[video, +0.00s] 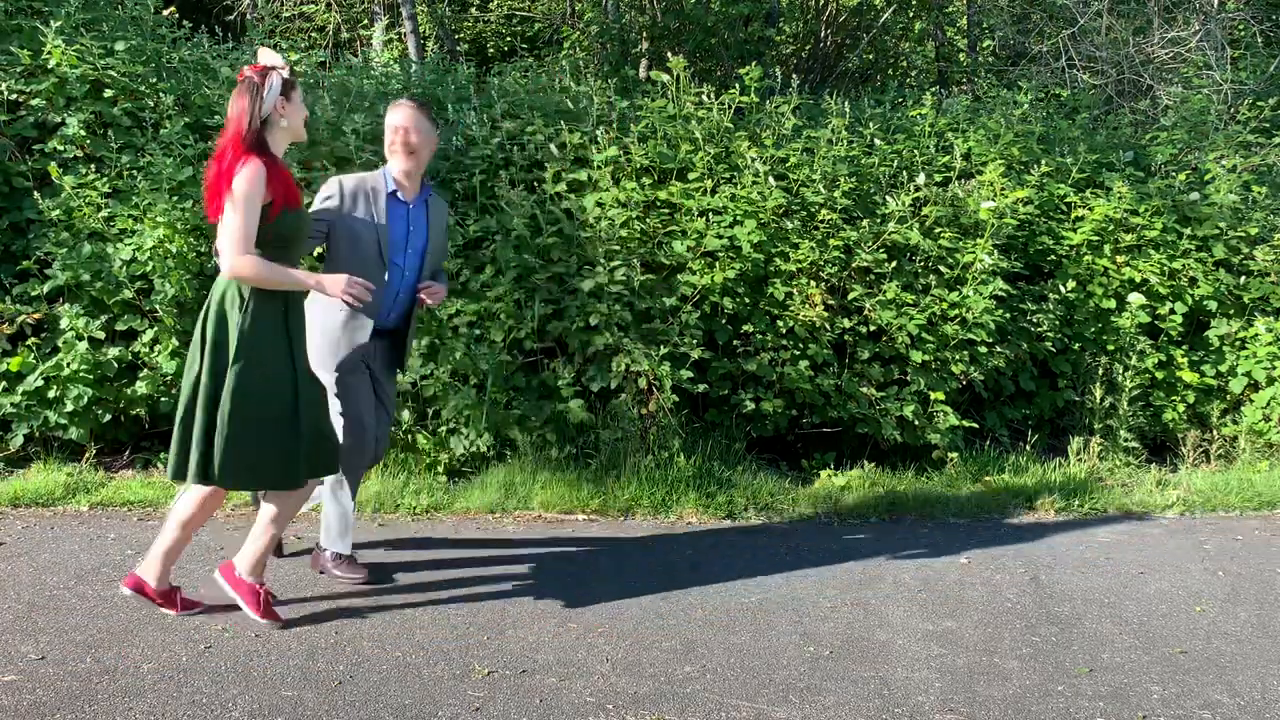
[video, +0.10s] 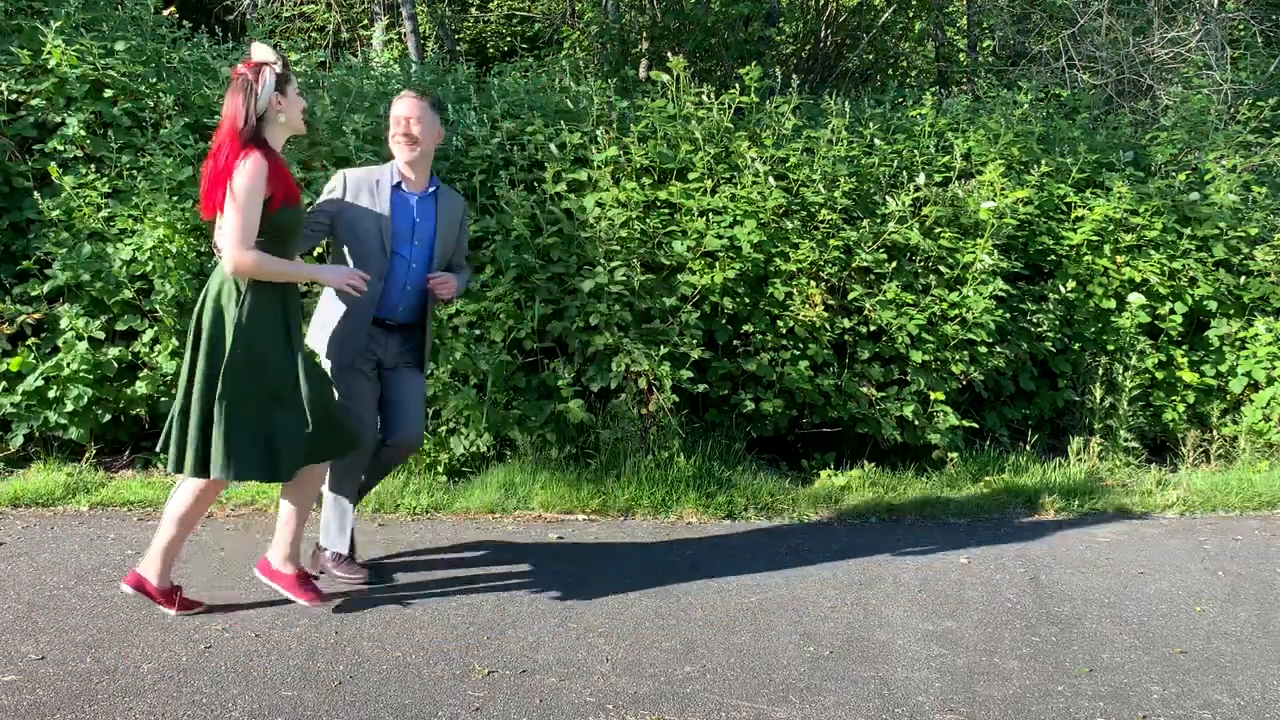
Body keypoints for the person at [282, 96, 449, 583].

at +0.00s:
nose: (402, 141)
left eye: (412, 133)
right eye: (394, 133)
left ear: (434, 143)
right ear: (385, 139)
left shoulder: (436, 209)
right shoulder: (343, 191)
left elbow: (434, 272)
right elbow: (294, 250)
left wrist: (434, 289)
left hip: (387, 340)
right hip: (336, 332)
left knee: (373, 443)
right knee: (354, 434)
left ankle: (278, 510)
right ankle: (335, 549)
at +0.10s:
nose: (406, 128)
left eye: (416, 120)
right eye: (398, 121)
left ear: (439, 133)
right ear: (388, 131)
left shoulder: (453, 206)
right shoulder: (350, 185)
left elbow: (461, 269)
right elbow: (300, 237)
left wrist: (454, 282)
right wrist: (249, 240)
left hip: (406, 342)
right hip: (350, 333)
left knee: (406, 436)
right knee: (359, 435)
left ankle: (332, 497)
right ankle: (335, 550)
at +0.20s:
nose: (409, 125)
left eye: (421, 117)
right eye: (403, 118)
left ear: (447, 128)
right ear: (394, 129)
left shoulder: (469, 203)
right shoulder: (359, 184)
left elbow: (481, 269)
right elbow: (308, 235)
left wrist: (468, 280)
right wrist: (258, 234)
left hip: (425, 337)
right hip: (366, 332)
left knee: (423, 434)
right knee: (365, 439)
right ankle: (337, 550)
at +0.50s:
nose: (416, 117)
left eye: (425, 107)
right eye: (417, 109)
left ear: (463, 114)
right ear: (445, 118)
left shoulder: (509, 184)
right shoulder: (407, 185)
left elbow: (540, 254)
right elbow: (349, 231)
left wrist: (492, 263)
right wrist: (291, 234)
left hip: (481, 335)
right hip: (425, 331)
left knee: (460, 442)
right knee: (415, 437)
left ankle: (476, 556)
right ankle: (415, 534)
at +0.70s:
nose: (431, 127)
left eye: (439, 118)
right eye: (434, 118)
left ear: (466, 126)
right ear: (470, 128)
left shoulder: (516, 188)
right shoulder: (439, 200)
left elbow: (542, 261)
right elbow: (396, 245)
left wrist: (468, 265)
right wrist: (334, 249)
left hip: (494, 344)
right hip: (452, 343)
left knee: (447, 443)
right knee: (442, 445)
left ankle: (498, 563)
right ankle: (472, 540)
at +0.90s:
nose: (455, 122)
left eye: (458, 112)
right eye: (460, 112)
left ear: (469, 114)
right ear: (506, 120)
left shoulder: (504, 176)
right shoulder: (488, 174)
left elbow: (499, 251)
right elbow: (477, 249)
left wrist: (420, 255)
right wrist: (419, 253)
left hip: (509, 344)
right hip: (492, 343)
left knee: (480, 455)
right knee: (473, 449)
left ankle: (506, 582)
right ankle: (487, 548)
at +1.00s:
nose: (461, 118)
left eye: (463, 111)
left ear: (473, 114)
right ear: (521, 117)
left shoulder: (493, 167)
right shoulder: (527, 171)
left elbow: (475, 247)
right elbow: (495, 246)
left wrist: (406, 251)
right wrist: (423, 249)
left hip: (499, 339)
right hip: (531, 335)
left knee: (484, 458)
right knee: (492, 451)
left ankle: (505, 581)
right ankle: (533, 558)